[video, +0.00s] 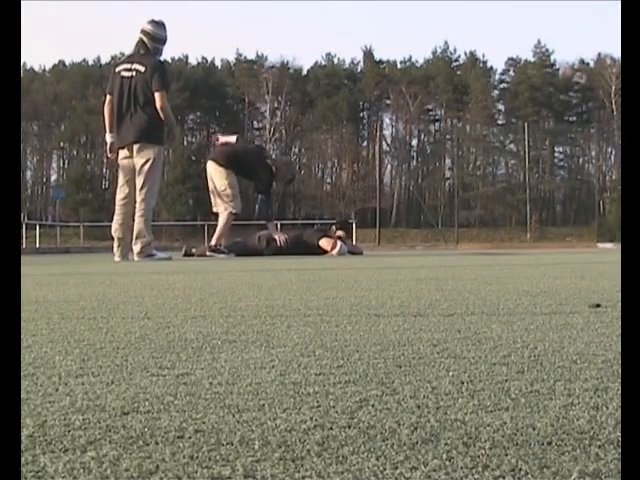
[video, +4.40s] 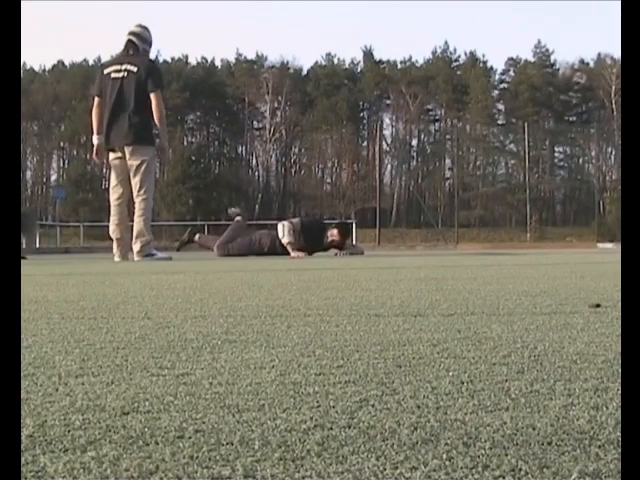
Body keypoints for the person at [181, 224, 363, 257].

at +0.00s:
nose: (339, 243)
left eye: (341, 241)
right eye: (340, 240)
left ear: (334, 234)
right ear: (335, 236)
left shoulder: (323, 238)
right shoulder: (320, 236)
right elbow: (334, 249)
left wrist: (345, 246)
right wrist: (350, 248)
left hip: (272, 241)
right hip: (271, 242)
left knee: (234, 247)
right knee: (233, 248)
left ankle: (198, 251)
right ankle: (197, 252)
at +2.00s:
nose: (338, 242)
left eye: (341, 240)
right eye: (340, 239)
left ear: (338, 238)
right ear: (336, 236)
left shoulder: (326, 241)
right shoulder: (323, 238)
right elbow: (331, 247)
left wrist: (346, 247)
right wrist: (340, 248)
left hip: (275, 245)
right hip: (274, 245)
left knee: (235, 246)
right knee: (235, 247)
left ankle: (200, 251)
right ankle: (201, 251)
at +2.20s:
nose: (336, 241)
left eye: (339, 240)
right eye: (337, 237)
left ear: (338, 240)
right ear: (334, 234)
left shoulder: (325, 241)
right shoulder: (322, 237)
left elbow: (354, 251)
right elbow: (328, 246)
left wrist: (346, 247)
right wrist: (336, 249)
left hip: (267, 244)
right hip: (266, 243)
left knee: (229, 248)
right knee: (229, 248)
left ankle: (195, 252)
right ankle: (195, 251)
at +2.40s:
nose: (337, 245)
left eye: (339, 242)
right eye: (339, 242)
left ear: (335, 236)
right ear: (335, 238)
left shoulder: (321, 237)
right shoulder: (320, 237)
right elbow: (330, 248)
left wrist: (346, 246)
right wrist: (343, 248)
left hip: (271, 238)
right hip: (272, 239)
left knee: (229, 247)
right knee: (230, 249)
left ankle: (193, 252)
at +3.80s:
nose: (342, 242)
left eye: (345, 241)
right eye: (342, 238)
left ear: (345, 241)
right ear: (337, 233)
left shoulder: (329, 242)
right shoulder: (313, 234)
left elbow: (359, 251)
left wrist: (344, 249)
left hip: (271, 247)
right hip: (266, 242)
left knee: (231, 245)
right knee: (221, 250)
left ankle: (199, 239)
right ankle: (236, 218)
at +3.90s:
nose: (343, 238)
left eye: (344, 238)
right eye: (342, 236)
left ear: (341, 239)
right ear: (336, 234)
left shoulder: (329, 242)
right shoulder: (322, 238)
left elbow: (355, 249)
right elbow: (290, 225)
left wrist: (350, 248)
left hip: (275, 244)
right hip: (270, 242)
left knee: (236, 244)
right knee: (221, 250)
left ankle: (200, 236)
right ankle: (236, 217)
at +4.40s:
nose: (334, 243)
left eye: (338, 242)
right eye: (336, 239)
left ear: (339, 240)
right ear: (333, 231)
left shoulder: (328, 240)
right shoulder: (315, 226)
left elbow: (359, 250)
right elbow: (284, 227)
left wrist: (345, 250)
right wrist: (292, 249)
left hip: (270, 248)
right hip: (265, 239)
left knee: (226, 248)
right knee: (220, 249)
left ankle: (196, 236)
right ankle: (238, 219)